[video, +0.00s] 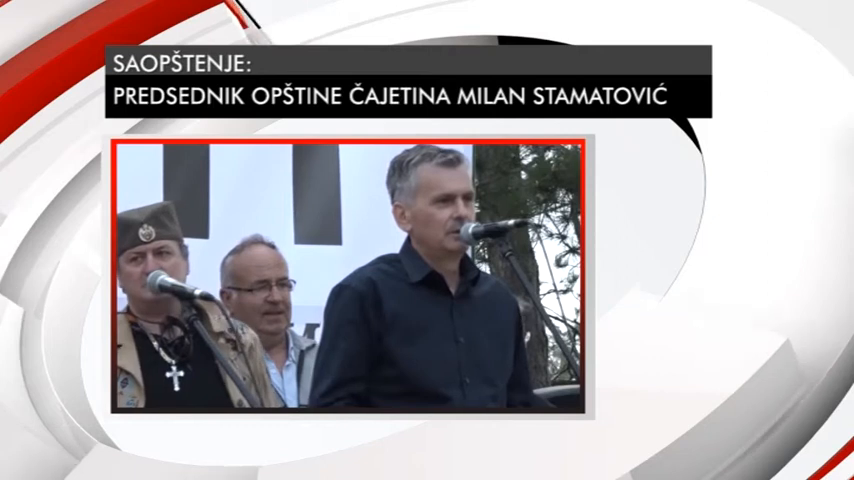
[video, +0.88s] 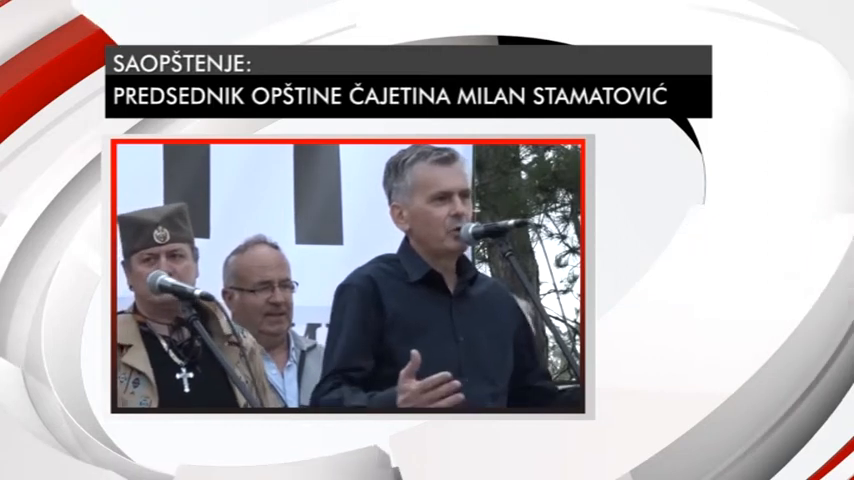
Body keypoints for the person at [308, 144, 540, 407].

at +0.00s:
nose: (462, 214)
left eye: (468, 200)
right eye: (443, 202)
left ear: (476, 204)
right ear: (402, 215)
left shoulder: (499, 301)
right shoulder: (360, 296)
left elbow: (521, 406)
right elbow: (331, 408)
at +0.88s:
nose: (460, 210)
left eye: (464, 197)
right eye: (441, 199)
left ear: (472, 203)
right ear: (401, 216)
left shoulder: (500, 301)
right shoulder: (367, 290)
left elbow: (532, 396)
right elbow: (328, 397)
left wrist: (597, 397)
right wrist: (394, 401)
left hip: (496, 461)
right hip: (399, 463)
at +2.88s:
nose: (462, 212)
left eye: (467, 199)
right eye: (445, 201)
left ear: (474, 205)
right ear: (401, 213)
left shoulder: (497, 303)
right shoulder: (362, 296)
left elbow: (517, 412)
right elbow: (330, 408)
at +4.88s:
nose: (455, 212)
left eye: (460, 198)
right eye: (437, 200)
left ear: (468, 202)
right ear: (397, 216)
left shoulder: (496, 301)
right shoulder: (361, 294)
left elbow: (518, 407)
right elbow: (326, 403)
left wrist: (562, 407)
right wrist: (438, 422)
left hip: (491, 464)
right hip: (399, 464)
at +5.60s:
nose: (457, 212)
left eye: (463, 199)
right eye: (439, 200)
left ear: (470, 203)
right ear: (398, 214)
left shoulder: (497, 301)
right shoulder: (362, 295)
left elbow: (520, 406)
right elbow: (328, 405)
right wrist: (419, 424)